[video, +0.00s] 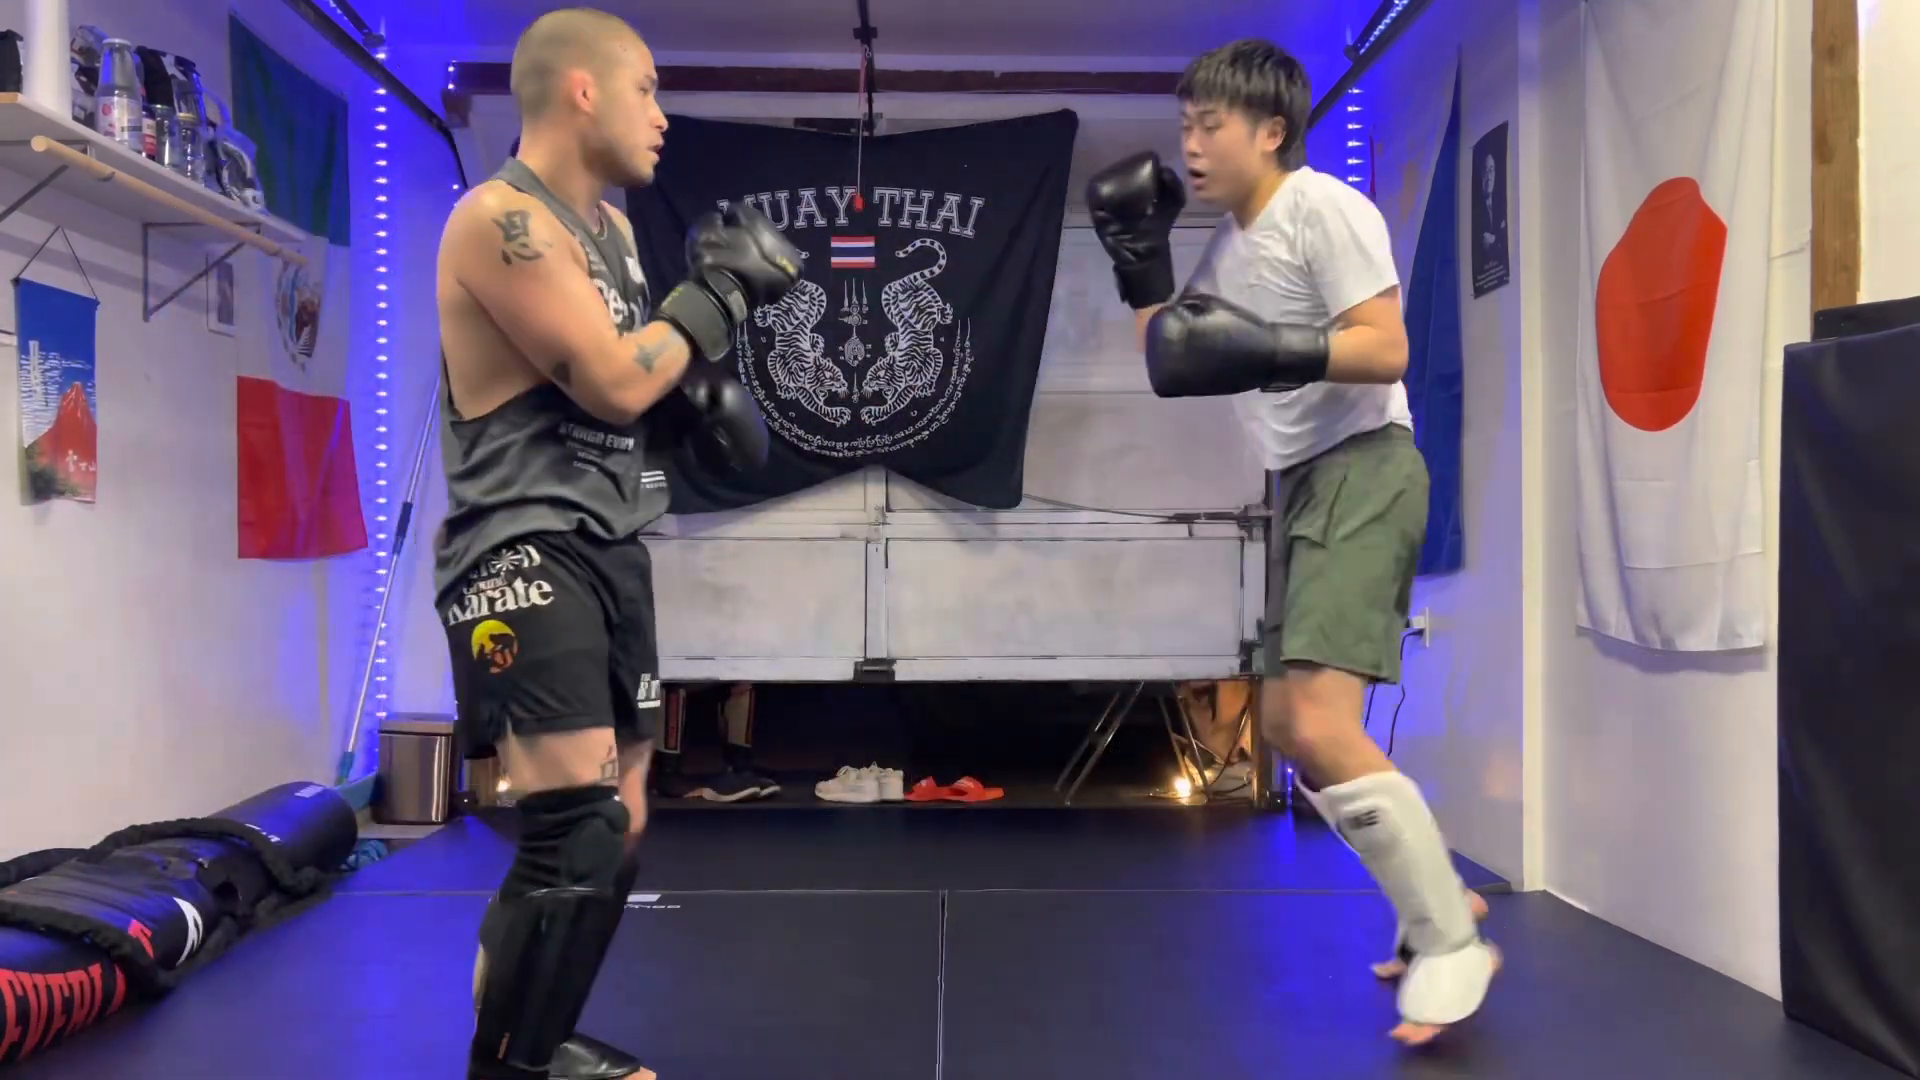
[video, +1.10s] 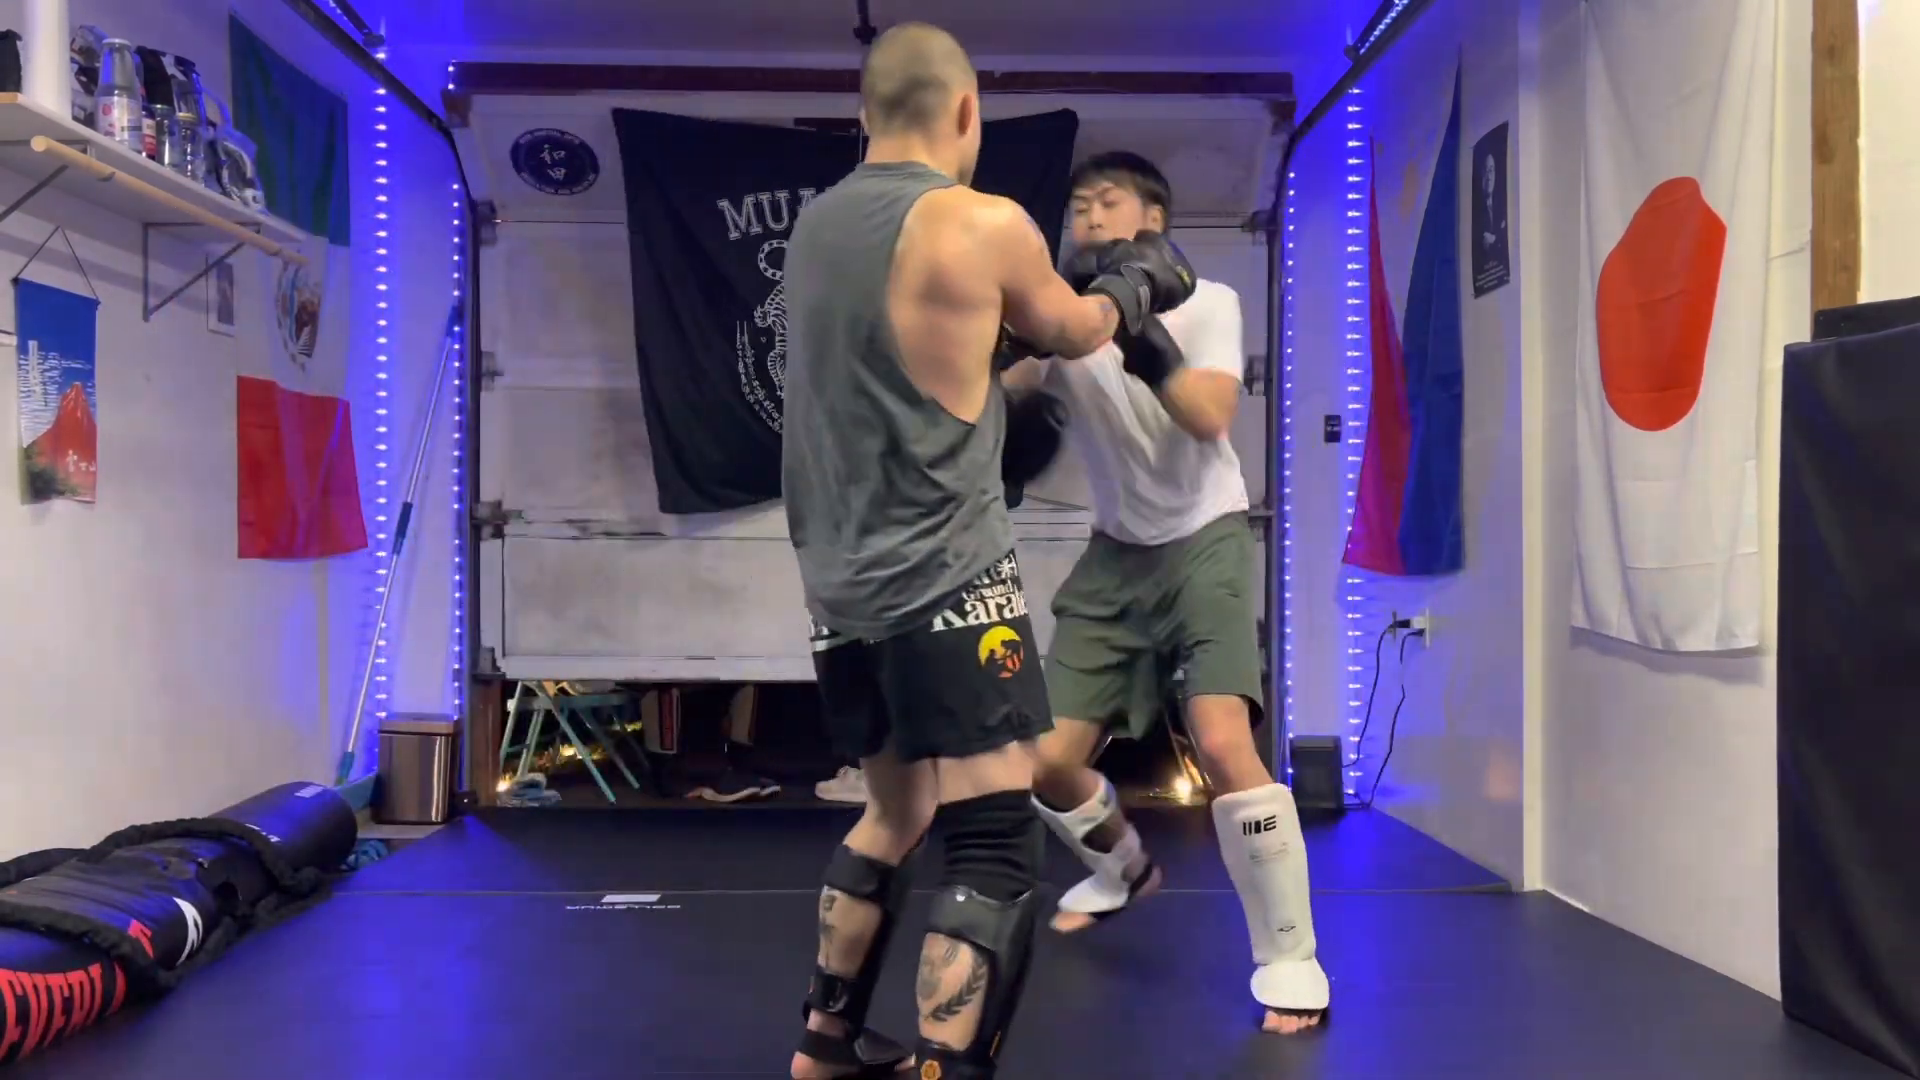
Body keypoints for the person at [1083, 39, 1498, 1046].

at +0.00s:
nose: (1189, 142)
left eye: (1209, 123)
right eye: (1186, 123)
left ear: (1270, 133)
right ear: (1200, 137)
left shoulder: (1326, 209)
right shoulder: (1226, 254)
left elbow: (1387, 347)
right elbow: (1174, 357)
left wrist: (1259, 352)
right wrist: (1143, 260)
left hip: (1364, 469)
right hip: (1299, 484)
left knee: (1319, 718)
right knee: (1284, 724)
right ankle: (1436, 896)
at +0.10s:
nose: (1213, 164)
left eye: (1231, 143)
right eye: (1208, 146)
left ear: (1294, 149)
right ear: (1221, 155)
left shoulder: (1345, 220)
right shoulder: (1263, 269)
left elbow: (1409, 362)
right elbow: (1225, 376)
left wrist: (1284, 363)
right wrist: (1180, 293)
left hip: (1382, 498)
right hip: (1313, 508)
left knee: (1406, 743)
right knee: (1242, 707)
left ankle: (1557, 925)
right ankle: (1322, 899)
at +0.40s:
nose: (1192, 177)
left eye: (1211, 159)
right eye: (1187, 161)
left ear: (1265, 165)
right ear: (1187, 173)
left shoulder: (1321, 237)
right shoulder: (1206, 266)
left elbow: (1368, 372)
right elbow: (1157, 377)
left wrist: (1274, 333)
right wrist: (1138, 280)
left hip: (1325, 499)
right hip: (1236, 504)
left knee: (1379, 716)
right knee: (1165, 687)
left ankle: (1505, 912)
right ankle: (1191, 858)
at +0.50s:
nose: (1171, 196)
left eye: (1189, 179)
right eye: (1165, 180)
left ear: (1242, 186)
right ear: (1163, 189)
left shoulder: (1296, 262)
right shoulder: (1177, 286)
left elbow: (1341, 391)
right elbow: (1116, 384)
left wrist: (1249, 361)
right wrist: (1109, 285)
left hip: (1289, 508)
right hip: (1203, 511)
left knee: (1305, 722)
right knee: (1153, 702)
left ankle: (1421, 885)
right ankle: (1162, 846)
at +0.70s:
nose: (1128, 269)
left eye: (1148, 253)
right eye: (1122, 252)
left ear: (1195, 264)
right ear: (1116, 260)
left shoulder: (1242, 341)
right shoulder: (1126, 358)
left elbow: (1291, 462)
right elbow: (1104, 476)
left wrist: (1211, 454)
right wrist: (1077, 390)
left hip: (1237, 566)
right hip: (1157, 568)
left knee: (1190, 761)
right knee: (1114, 752)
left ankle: (1350, 875)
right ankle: (1166, 880)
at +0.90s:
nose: (1157, 253)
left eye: (1178, 237)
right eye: (1149, 236)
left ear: (1221, 252)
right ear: (1135, 248)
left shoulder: (1261, 345)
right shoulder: (1102, 321)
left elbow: (1266, 478)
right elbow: (996, 411)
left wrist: (1199, 433)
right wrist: (1009, 359)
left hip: (1215, 561)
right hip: (1122, 563)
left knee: (1194, 742)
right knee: (1124, 761)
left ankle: (1283, 953)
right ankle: (1166, 873)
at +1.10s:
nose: (1086, 220)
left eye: (1106, 204)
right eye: (1077, 209)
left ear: (1156, 219)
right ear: (1068, 228)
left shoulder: (1204, 302)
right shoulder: (1066, 315)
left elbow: (1211, 417)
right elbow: (990, 395)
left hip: (1208, 544)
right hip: (1115, 551)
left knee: (1218, 736)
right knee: (1052, 760)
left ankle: (1287, 959)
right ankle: (1123, 866)